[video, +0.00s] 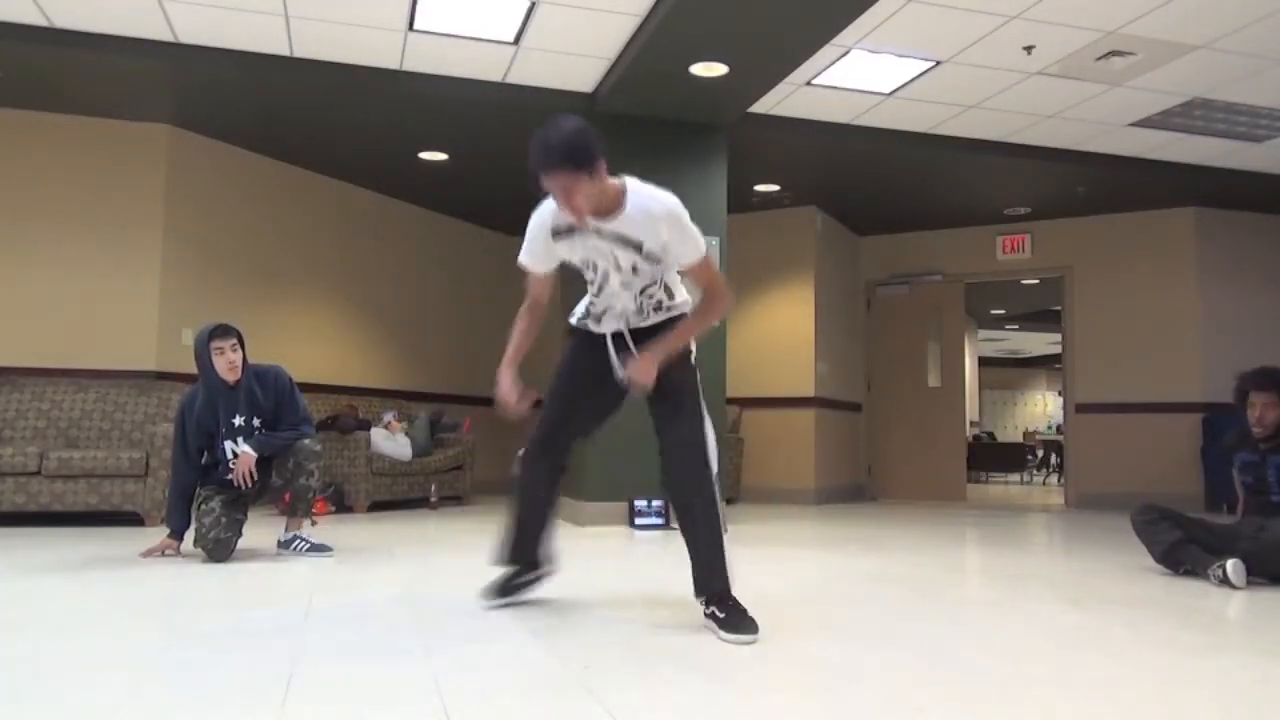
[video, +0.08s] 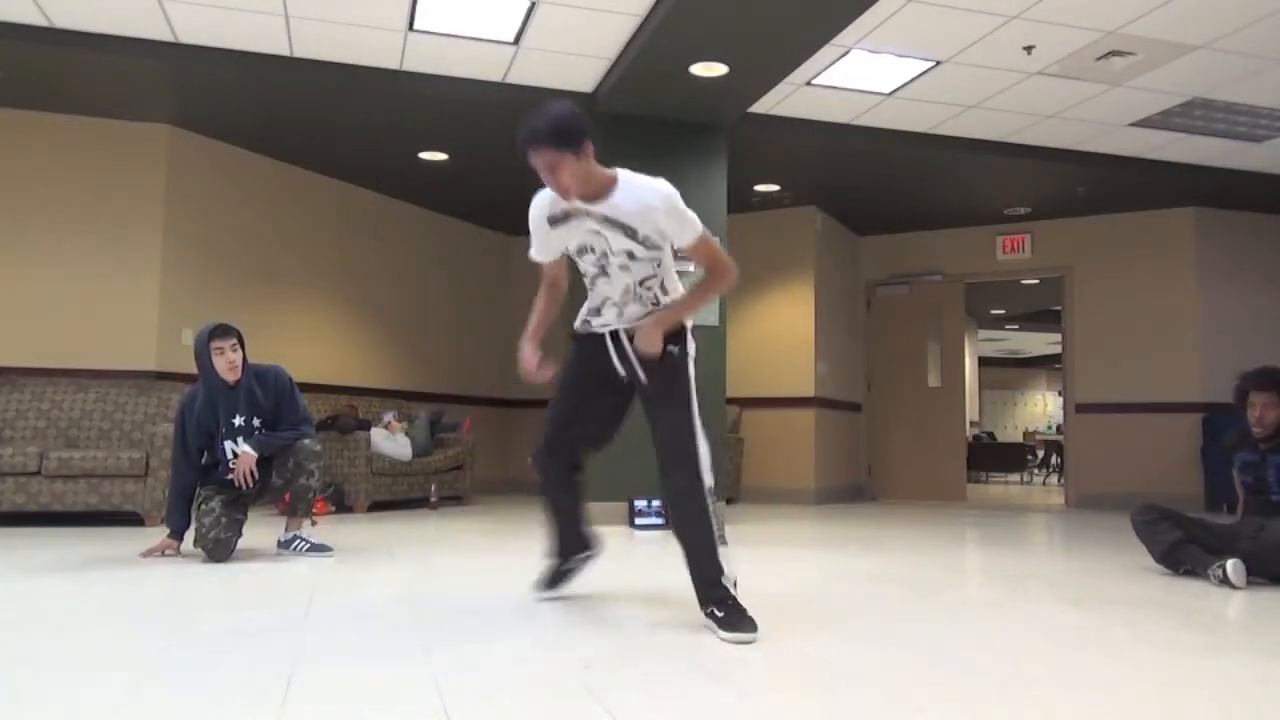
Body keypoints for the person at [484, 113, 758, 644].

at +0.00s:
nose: (563, 203)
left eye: (570, 189)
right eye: (554, 192)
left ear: (598, 173)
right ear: (545, 184)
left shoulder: (659, 213)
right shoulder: (548, 221)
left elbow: (718, 295)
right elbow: (536, 302)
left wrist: (658, 353)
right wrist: (508, 368)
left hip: (666, 331)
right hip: (599, 335)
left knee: (689, 462)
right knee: (545, 442)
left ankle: (716, 594)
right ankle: (527, 561)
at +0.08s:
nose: (551, 181)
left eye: (556, 167)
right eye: (542, 172)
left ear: (587, 152)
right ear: (538, 170)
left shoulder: (653, 199)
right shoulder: (546, 210)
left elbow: (723, 270)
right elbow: (553, 283)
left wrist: (664, 320)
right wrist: (530, 341)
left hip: (662, 341)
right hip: (597, 342)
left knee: (683, 473)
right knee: (553, 454)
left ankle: (714, 595)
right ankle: (573, 546)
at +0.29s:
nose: (509, 169)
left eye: (515, 155)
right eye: (501, 159)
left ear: (545, 148)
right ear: (502, 161)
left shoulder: (590, 204)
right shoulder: (532, 214)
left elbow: (662, 258)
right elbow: (580, 277)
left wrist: (622, 334)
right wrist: (566, 328)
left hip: (622, 345)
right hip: (584, 349)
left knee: (630, 457)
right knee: (580, 468)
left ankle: (694, 577)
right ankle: (637, 561)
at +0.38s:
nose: (501, 159)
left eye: (508, 147)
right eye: (495, 151)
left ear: (538, 140)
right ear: (499, 152)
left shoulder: (579, 194)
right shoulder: (525, 206)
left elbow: (649, 251)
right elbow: (562, 271)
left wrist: (604, 322)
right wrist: (554, 321)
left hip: (612, 333)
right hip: (575, 340)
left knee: (594, 447)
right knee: (575, 464)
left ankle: (656, 569)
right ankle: (633, 564)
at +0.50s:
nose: (488, 125)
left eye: (494, 112)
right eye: (481, 116)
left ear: (523, 108)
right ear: (480, 122)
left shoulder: (562, 161)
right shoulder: (506, 175)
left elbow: (625, 226)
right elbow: (532, 243)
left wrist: (571, 288)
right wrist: (537, 303)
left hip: (580, 309)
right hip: (548, 313)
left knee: (540, 422)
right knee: (572, 432)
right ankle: (625, 543)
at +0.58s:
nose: (480, 122)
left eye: (486, 109)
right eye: (474, 113)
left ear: (516, 104)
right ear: (477, 117)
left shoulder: (550, 158)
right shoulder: (498, 173)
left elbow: (611, 225)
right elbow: (522, 249)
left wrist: (554, 288)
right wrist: (515, 311)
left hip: (559, 309)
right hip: (530, 312)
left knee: (519, 428)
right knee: (552, 436)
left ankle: (488, 559)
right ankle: (607, 534)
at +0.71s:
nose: (470, 147)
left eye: (477, 134)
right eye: (465, 137)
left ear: (506, 132)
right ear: (468, 141)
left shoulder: (528, 191)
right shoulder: (495, 196)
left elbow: (571, 271)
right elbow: (502, 284)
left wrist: (508, 334)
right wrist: (479, 340)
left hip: (522, 336)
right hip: (502, 336)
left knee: (462, 442)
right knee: (480, 452)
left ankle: (459, 562)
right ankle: (569, 519)